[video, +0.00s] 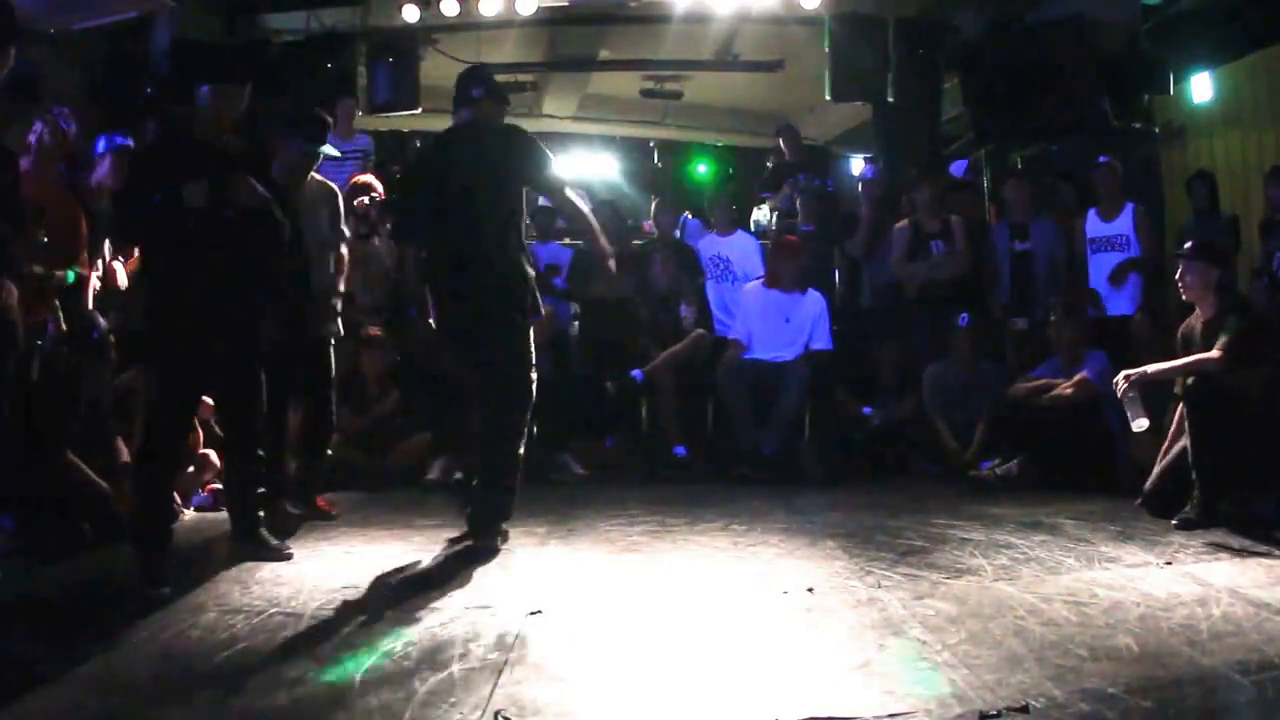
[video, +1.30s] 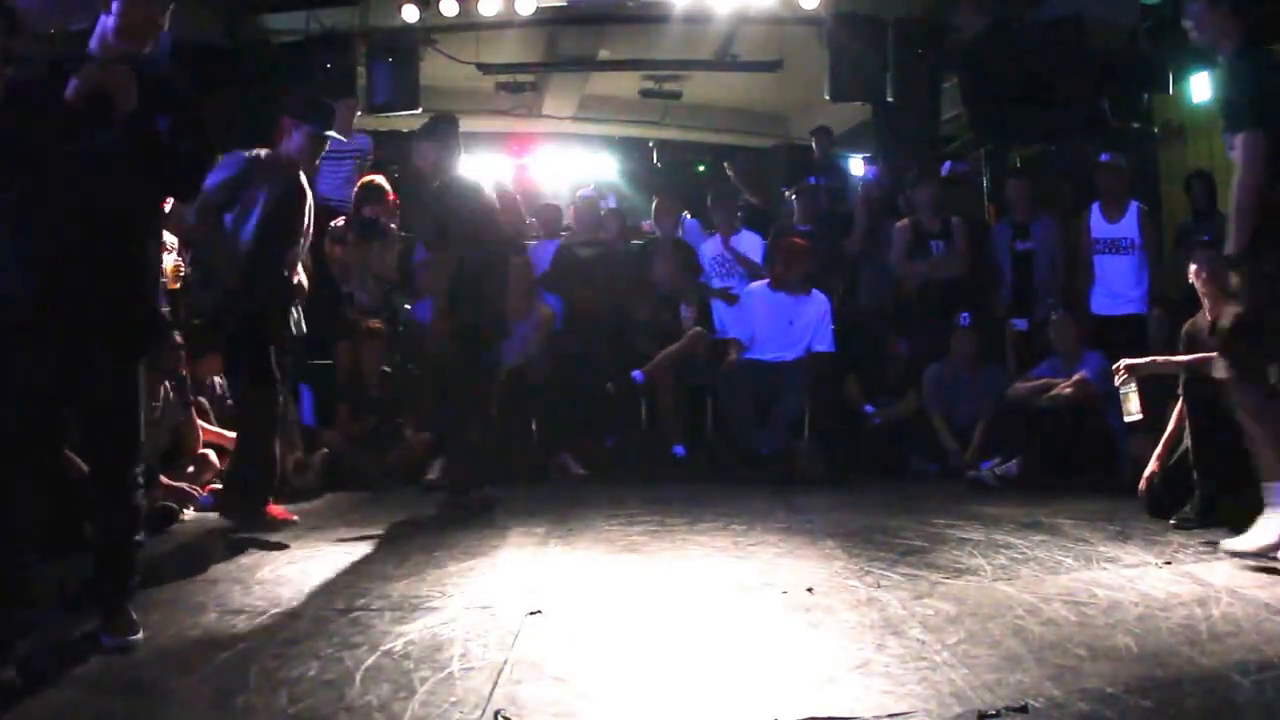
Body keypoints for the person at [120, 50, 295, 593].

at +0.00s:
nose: (229, 114)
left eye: (236, 104)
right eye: (220, 103)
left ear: (242, 110)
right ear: (197, 107)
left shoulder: (249, 159)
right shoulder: (161, 161)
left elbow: (285, 243)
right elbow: (126, 231)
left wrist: (263, 206)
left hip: (240, 313)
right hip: (174, 312)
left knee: (245, 424)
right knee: (164, 432)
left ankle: (248, 527)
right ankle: (151, 547)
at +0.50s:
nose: (153, 75)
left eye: (163, 63)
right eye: (142, 63)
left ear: (176, 65)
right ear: (125, 66)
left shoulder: (200, 133)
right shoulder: (93, 134)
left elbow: (231, 202)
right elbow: (61, 215)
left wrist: (186, 167)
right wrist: (109, 173)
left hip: (186, 305)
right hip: (114, 307)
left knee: (190, 436)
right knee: (126, 438)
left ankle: (197, 567)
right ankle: (143, 568)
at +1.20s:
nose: (132, 53)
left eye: (148, 44)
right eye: (127, 37)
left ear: (167, 46)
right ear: (108, 30)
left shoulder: (169, 107)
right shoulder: (51, 89)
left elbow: (183, 188)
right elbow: (17, 164)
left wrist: (136, 117)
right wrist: (73, 109)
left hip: (121, 301)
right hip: (39, 297)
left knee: (116, 453)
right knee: (26, 447)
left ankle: (114, 598)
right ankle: (41, 587)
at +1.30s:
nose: (134, 41)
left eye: (147, 31)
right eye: (126, 26)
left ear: (161, 33)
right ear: (100, 20)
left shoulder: (163, 96)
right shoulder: (46, 81)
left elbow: (187, 182)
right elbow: (16, 164)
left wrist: (132, 108)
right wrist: (68, 107)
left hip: (120, 297)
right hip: (39, 294)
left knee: (117, 456)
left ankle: (116, 603)